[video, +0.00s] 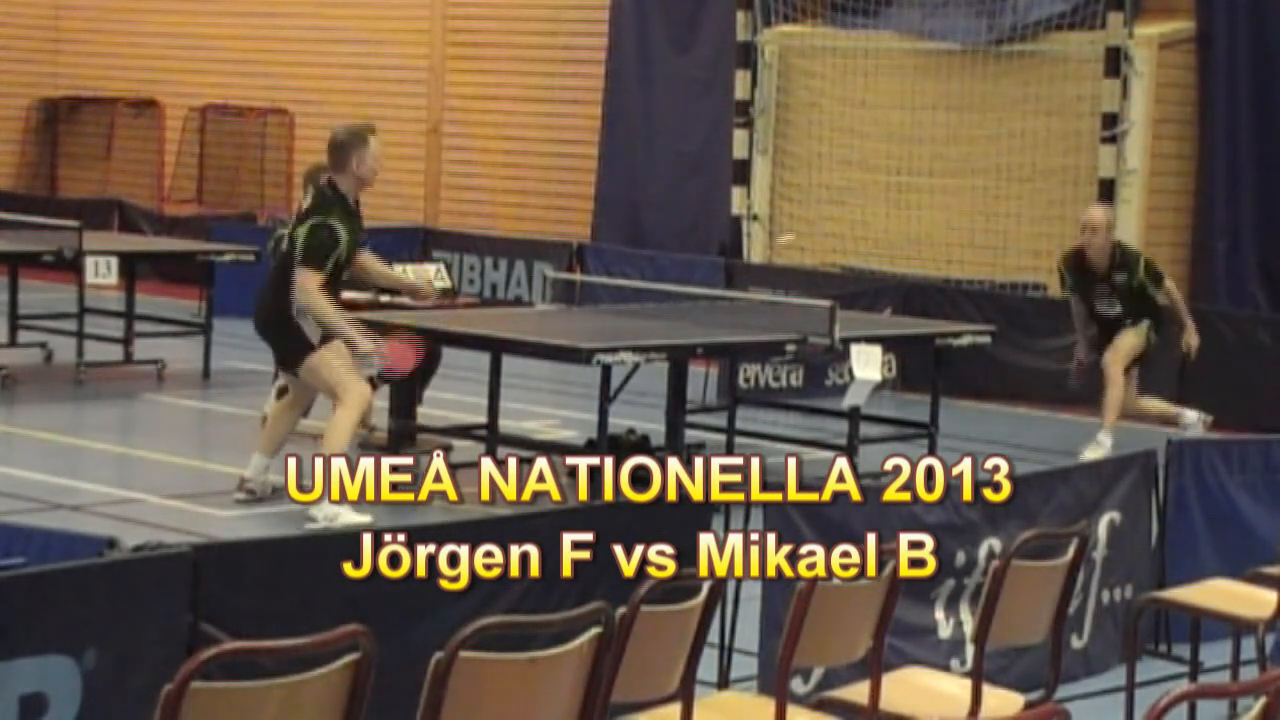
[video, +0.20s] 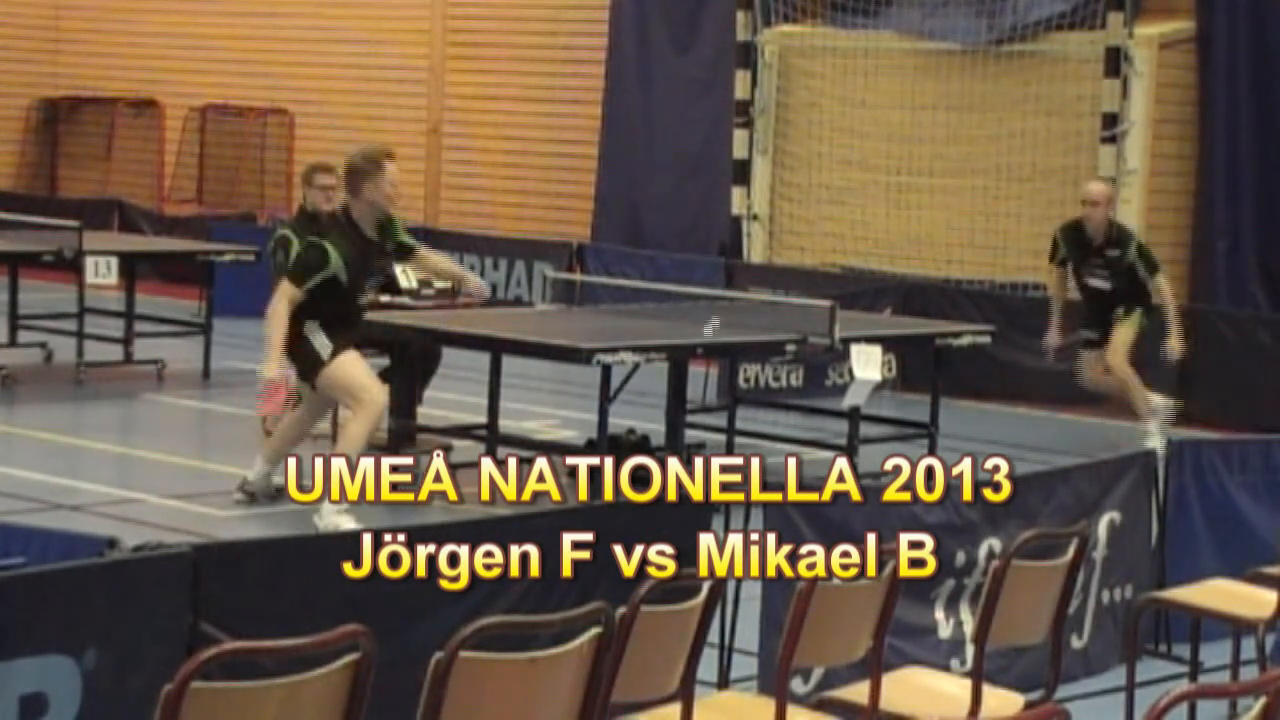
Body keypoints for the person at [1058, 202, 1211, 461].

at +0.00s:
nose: (1088, 238)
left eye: (1095, 231)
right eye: (1084, 230)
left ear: (1110, 233)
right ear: (1079, 232)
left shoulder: (1130, 259)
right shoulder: (1071, 263)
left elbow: (1168, 288)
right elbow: (1077, 307)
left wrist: (1189, 327)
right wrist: (1082, 343)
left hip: (1141, 321)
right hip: (1108, 328)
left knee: (1112, 361)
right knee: (1127, 404)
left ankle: (1104, 438)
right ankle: (1189, 417)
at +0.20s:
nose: (1088, 211)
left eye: (1095, 205)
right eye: (1085, 204)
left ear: (1110, 208)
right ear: (1079, 206)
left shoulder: (1125, 240)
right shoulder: (1067, 236)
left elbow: (1160, 282)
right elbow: (1058, 280)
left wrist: (1174, 334)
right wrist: (1055, 326)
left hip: (1130, 306)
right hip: (1095, 309)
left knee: (1115, 359)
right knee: (1091, 376)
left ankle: (1150, 425)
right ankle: (1155, 402)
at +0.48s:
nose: (1037, 193)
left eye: (1042, 187)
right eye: (1031, 187)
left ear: (1053, 188)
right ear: (1025, 191)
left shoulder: (1075, 220)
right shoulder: (1021, 224)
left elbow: (1108, 262)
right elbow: (1017, 272)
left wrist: (1102, 298)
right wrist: (1007, 306)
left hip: (1088, 295)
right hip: (1053, 295)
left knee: (1103, 354)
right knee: (1032, 362)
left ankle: (1134, 423)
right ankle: (1056, 414)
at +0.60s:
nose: (1010, 188)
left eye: (1015, 182)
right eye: (1005, 182)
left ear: (1029, 183)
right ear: (1001, 186)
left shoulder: (1052, 212)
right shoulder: (1002, 218)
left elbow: (1085, 249)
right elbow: (998, 265)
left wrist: (1068, 290)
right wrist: (988, 299)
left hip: (1062, 288)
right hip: (1025, 288)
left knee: (1075, 349)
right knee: (999, 341)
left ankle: (1092, 403)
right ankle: (1031, 393)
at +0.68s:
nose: (995, 193)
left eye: (1000, 186)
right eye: (990, 187)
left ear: (1014, 187)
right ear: (986, 191)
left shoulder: (1038, 217)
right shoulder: (988, 224)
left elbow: (1063, 259)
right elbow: (985, 274)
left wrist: (1046, 299)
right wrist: (970, 305)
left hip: (1048, 293)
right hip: (1010, 293)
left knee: (1064, 363)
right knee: (973, 338)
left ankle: (1086, 406)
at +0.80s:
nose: (964, 210)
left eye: (969, 203)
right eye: (960, 205)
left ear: (984, 203)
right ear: (958, 207)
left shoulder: (1006, 233)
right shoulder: (964, 238)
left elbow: (1027, 280)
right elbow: (966, 285)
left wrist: (997, 319)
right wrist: (937, 315)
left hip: (1024, 312)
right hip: (984, 310)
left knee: (1040, 372)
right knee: (945, 354)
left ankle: (1082, 413)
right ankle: (923, 401)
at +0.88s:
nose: (939, 212)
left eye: (944, 205)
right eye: (936, 206)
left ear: (959, 205)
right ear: (935, 209)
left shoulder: (978, 233)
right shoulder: (953, 238)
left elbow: (996, 283)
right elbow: (965, 282)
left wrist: (968, 313)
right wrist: (933, 307)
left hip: (1009, 310)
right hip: (980, 308)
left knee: (1021, 377)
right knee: (926, 334)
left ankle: (1078, 411)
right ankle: (924, 400)